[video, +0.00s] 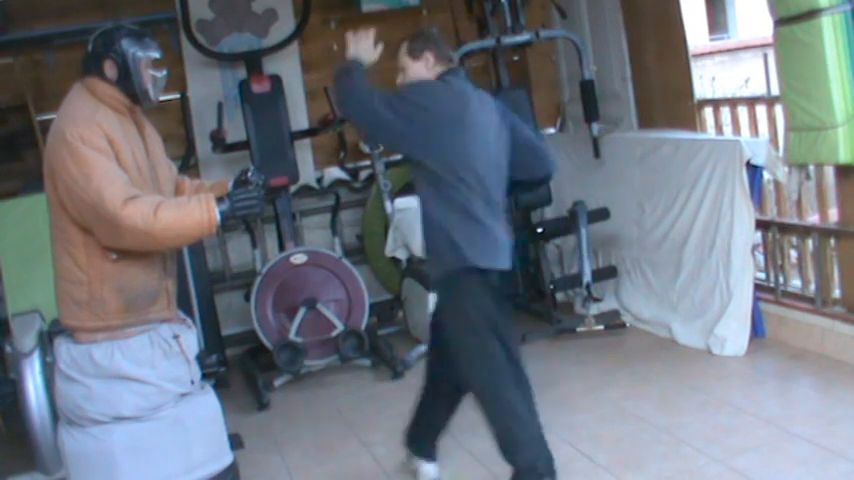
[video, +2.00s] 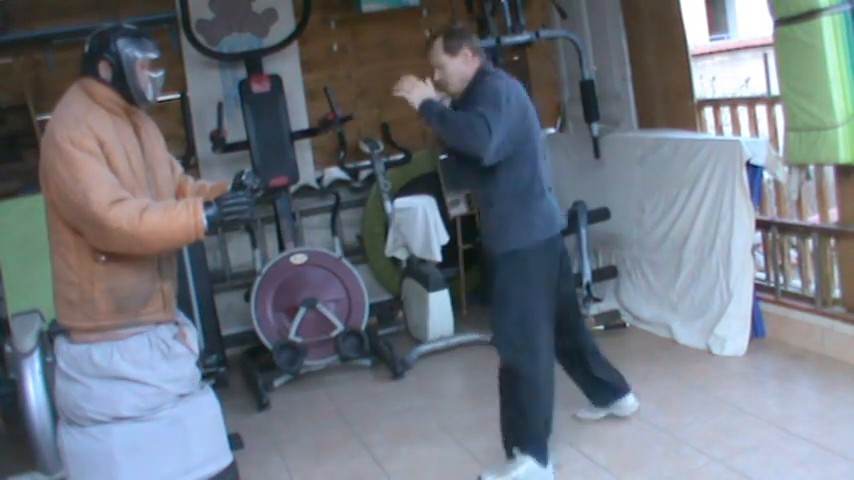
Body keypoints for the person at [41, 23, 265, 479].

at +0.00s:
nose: (153, 75)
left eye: (153, 64)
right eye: (144, 64)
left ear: (117, 68)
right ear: (111, 65)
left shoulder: (132, 118)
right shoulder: (78, 129)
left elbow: (170, 188)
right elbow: (123, 220)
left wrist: (227, 186)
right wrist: (215, 211)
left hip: (152, 315)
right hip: (108, 329)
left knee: (180, 447)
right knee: (132, 457)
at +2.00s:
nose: (149, 76)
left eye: (150, 66)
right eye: (139, 66)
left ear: (113, 69)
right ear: (106, 67)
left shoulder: (139, 121)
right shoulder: (70, 128)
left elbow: (177, 188)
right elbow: (110, 221)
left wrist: (229, 189)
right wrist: (205, 215)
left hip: (158, 318)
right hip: (103, 331)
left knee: (191, 448)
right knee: (123, 459)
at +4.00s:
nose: (151, 76)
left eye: (151, 66)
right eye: (140, 66)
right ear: (107, 66)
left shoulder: (141, 120)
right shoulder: (69, 130)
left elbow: (179, 187)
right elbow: (109, 221)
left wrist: (230, 187)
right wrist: (203, 216)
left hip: (161, 320)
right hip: (104, 333)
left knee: (190, 452)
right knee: (123, 461)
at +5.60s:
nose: (148, 75)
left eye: (148, 64)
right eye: (138, 65)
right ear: (100, 66)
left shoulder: (137, 120)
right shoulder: (66, 129)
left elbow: (176, 189)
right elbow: (107, 222)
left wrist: (230, 186)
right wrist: (199, 217)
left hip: (158, 318)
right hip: (104, 333)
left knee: (201, 453)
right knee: (125, 463)